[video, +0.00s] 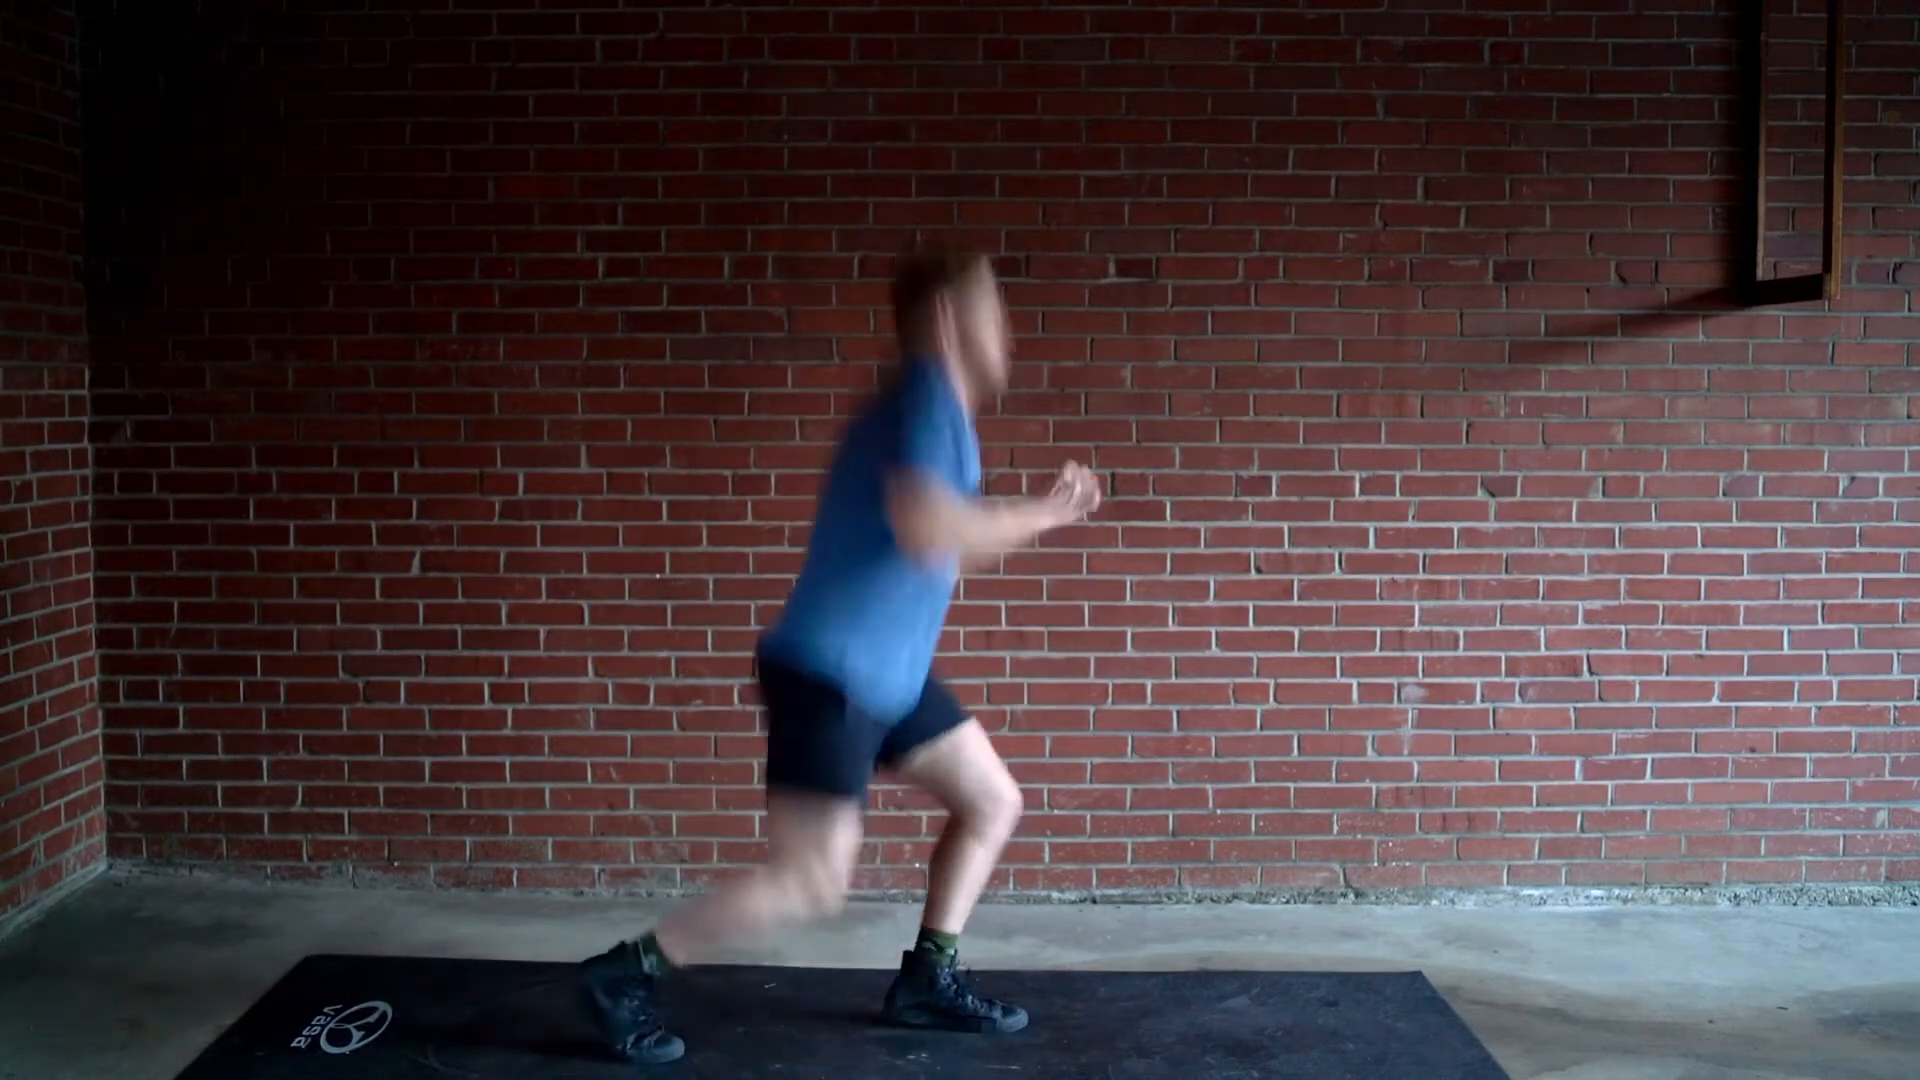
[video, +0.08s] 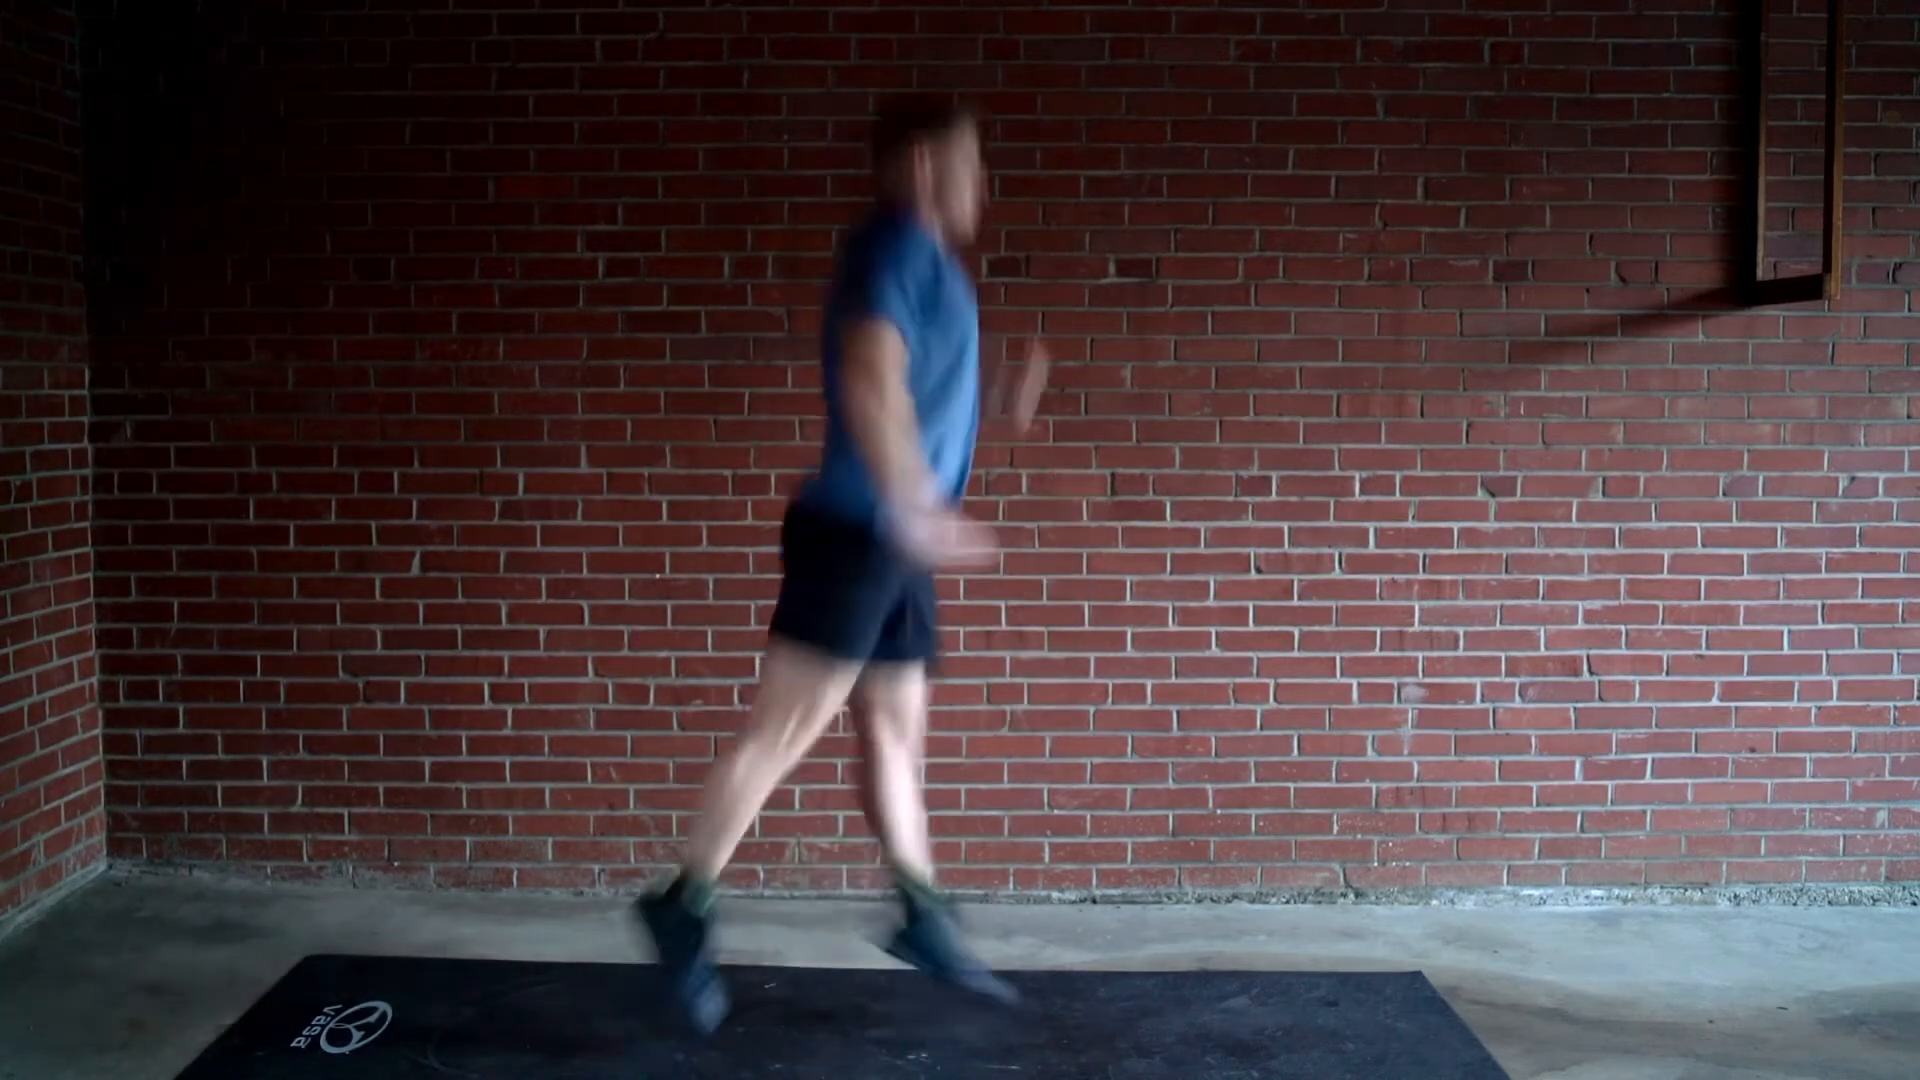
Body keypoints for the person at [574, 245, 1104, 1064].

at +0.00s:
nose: (1006, 327)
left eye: (1001, 307)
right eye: (990, 307)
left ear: (953, 316)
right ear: (944, 314)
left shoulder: (949, 410)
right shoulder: (921, 398)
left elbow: (939, 526)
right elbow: (925, 524)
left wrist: (1039, 507)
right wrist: (1046, 511)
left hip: (891, 670)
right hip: (826, 667)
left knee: (991, 801)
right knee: (812, 877)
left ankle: (928, 978)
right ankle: (624, 972)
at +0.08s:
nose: (980, 179)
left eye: (978, 160)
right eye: (964, 160)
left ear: (939, 167)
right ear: (916, 165)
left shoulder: (933, 265)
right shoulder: (890, 250)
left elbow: (925, 398)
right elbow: (869, 381)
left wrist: (1002, 410)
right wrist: (913, 505)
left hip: (901, 531)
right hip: (853, 529)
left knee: (897, 730)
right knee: (780, 732)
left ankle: (921, 912)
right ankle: (682, 903)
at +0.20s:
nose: (984, 104)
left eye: (983, 86)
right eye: (972, 85)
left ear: (933, 91)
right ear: (922, 88)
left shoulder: (924, 191)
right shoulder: (886, 174)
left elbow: (962, 334)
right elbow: (806, 295)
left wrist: (1036, 257)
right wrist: (731, 413)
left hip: (898, 442)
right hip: (861, 442)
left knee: (887, 649)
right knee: (849, 657)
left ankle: (777, 834)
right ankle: (767, 849)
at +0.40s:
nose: (993, 140)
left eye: (992, 121)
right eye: (979, 120)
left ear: (952, 126)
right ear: (926, 120)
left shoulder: (952, 241)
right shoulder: (865, 208)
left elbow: (1027, 340)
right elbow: (731, 288)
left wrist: (1059, 243)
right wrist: (604, 364)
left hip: (879, 483)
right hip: (856, 483)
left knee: (789, 687)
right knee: (928, 702)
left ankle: (653, 822)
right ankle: (900, 908)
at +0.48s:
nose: (998, 211)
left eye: (997, 192)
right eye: (984, 190)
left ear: (957, 198)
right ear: (930, 191)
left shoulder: (960, 312)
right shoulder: (859, 286)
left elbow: (1031, 415)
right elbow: (725, 361)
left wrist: (1066, 314)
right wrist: (596, 437)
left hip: (875, 561)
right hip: (847, 561)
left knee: (783, 755)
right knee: (945, 770)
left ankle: (640, 880)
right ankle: (923, 978)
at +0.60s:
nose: (1009, 363)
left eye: (1008, 342)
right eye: (994, 343)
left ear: (985, 349)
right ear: (942, 348)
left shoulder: (968, 467)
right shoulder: (869, 445)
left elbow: (1035, 578)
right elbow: (734, 524)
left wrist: (1072, 481)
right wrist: (611, 603)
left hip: (867, 713)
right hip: (818, 710)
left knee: (806, 903)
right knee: (985, 850)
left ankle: (617, 949)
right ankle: (897, 1027)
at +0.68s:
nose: (1024, 450)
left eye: (1021, 432)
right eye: (1012, 431)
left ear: (971, 445)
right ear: (959, 442)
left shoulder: (968, 550)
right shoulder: (876, 530)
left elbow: (1022, 666)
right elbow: (746, 609)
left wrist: (1076, 589)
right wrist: (636, 711)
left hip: (846, 773)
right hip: (802, 771)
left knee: (819, 964)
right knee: (996, 857)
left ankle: (626, 955)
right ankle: (898, 1029)